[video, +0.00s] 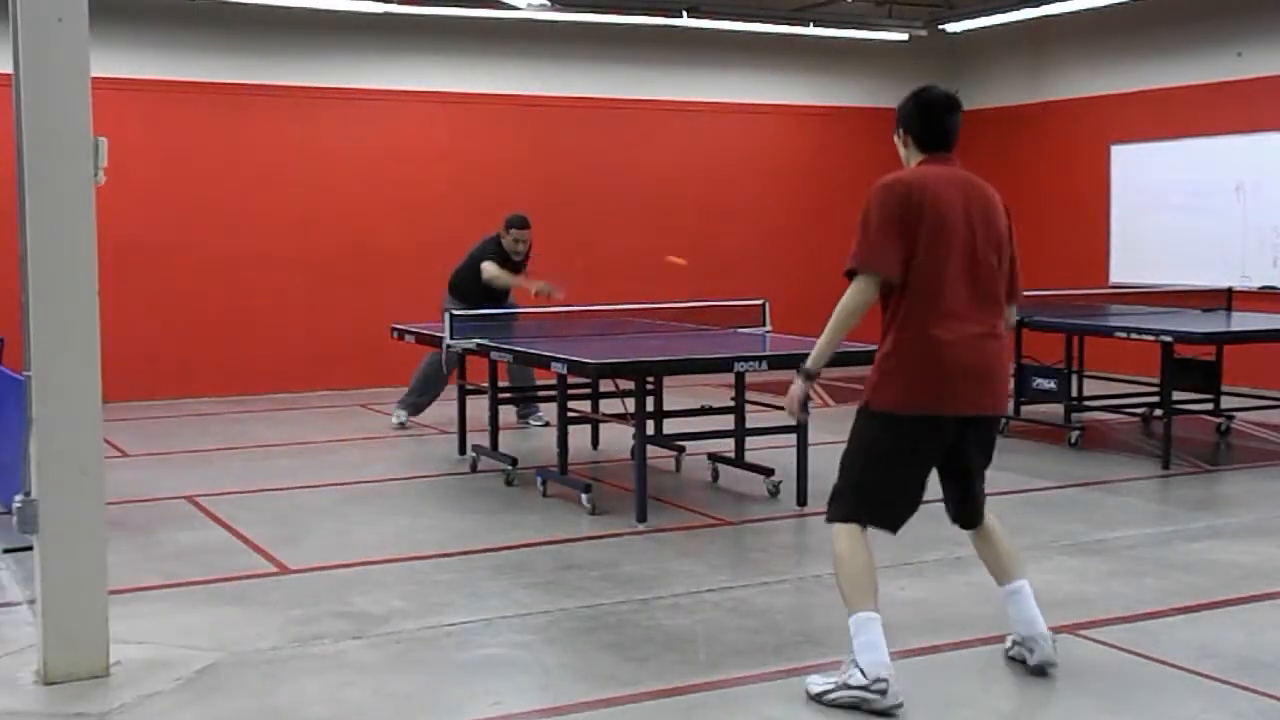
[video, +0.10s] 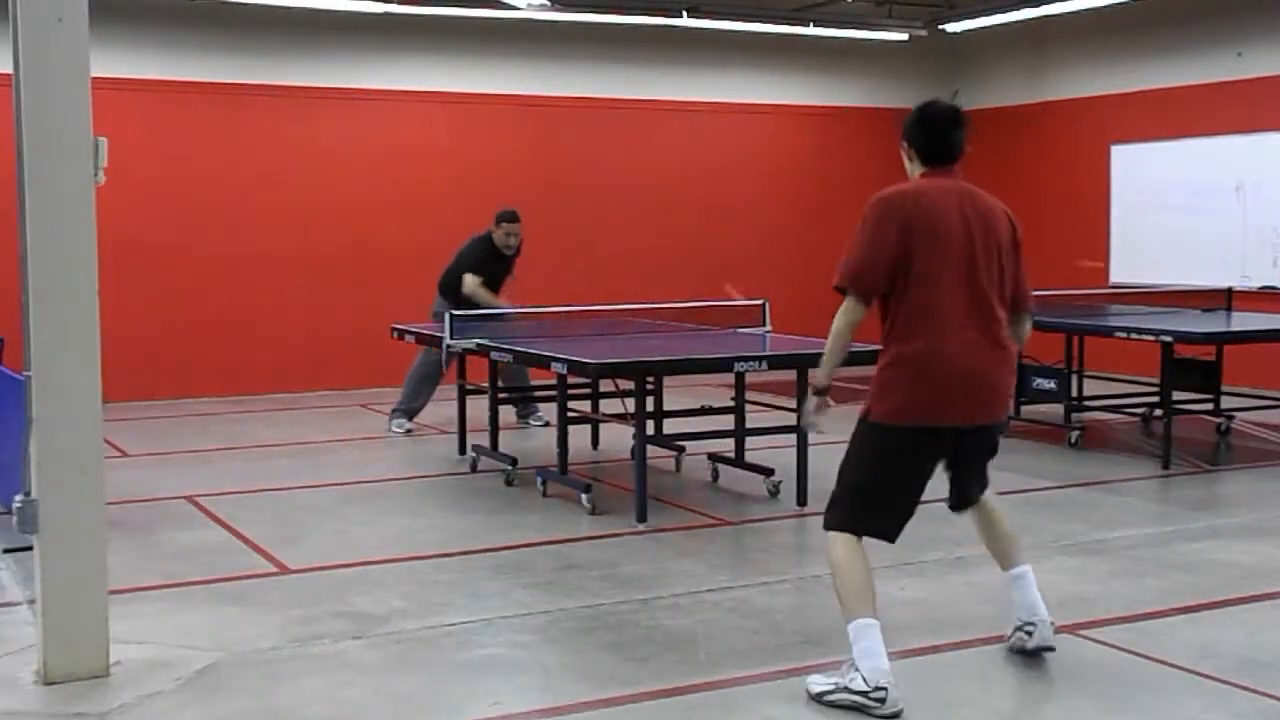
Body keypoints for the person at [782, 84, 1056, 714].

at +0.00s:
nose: (895, 144)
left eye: (895, 135)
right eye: (899, 135)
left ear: (904, 138)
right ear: (954, 137)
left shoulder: (896, 191)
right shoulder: (990, 198)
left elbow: (867, 283)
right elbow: (1008, 303)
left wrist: (811, 368)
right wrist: (981, 368)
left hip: (912, 383)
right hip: (986, 386)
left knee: (848, 514)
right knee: (973, 507)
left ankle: (870, 669)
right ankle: (1033, 635)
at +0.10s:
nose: (900, 156)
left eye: (901, 149)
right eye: (906, 148)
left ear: (908, 152)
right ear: (961, 150)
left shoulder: (894, 206)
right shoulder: (998, 213)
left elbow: (856, 302)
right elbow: (1019, 316)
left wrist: (824, 376)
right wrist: (999, 383)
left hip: (911, 391)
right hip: (988, 392)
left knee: (843, 524)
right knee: (976, 494)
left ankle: (870, 672)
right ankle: (1034, 617)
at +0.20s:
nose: (914, 164)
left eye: (916, 156)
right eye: (923, 155)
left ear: (924, 161)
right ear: (977, 161)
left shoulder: (904, 214)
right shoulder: (1010, 222)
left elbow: (868, 303)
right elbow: (1037, 325)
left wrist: (860, 366)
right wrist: (1029, 380)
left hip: (917, 395)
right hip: (997, 393)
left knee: (847, 526)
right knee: (1001, 481)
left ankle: (870, 671)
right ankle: (1051, 608)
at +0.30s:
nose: (951, 165)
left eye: (950, 156)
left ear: (953, 164)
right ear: (1006, 165)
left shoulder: (924, 216)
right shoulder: (1032, 225)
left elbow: (894, 312)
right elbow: (1065, 325)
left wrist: (922, 360)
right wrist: (1072, 390)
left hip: (928, 397)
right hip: (1008, 398)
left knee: (869, 525)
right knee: (1025, 481)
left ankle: (873, 672)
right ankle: (1067, 597)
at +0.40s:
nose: (991, 171)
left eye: (989, 162)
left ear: (988, 166)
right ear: (1041, 169)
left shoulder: (954, 215)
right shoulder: (1060, 227)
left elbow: (923, 300)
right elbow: (1090, 331)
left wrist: (913, 351)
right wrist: (1104, 406)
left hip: (957, 390)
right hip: (1033, 392)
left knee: (908, 514)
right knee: (1039, 480)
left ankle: (882, 659)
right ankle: (1072, 598)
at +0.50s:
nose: (1008, 172)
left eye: (1009, 164)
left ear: (1012, 167)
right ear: (1065, 170)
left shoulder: (981, 212)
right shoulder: (1085, 226)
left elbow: (941, 302)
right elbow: (1104, 330)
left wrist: (947, 321)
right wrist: (1113, 411)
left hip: (982, 380)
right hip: (1055, 385)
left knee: (934, 501)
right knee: (1053, 473)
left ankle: (901, 648)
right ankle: (1070, 599)